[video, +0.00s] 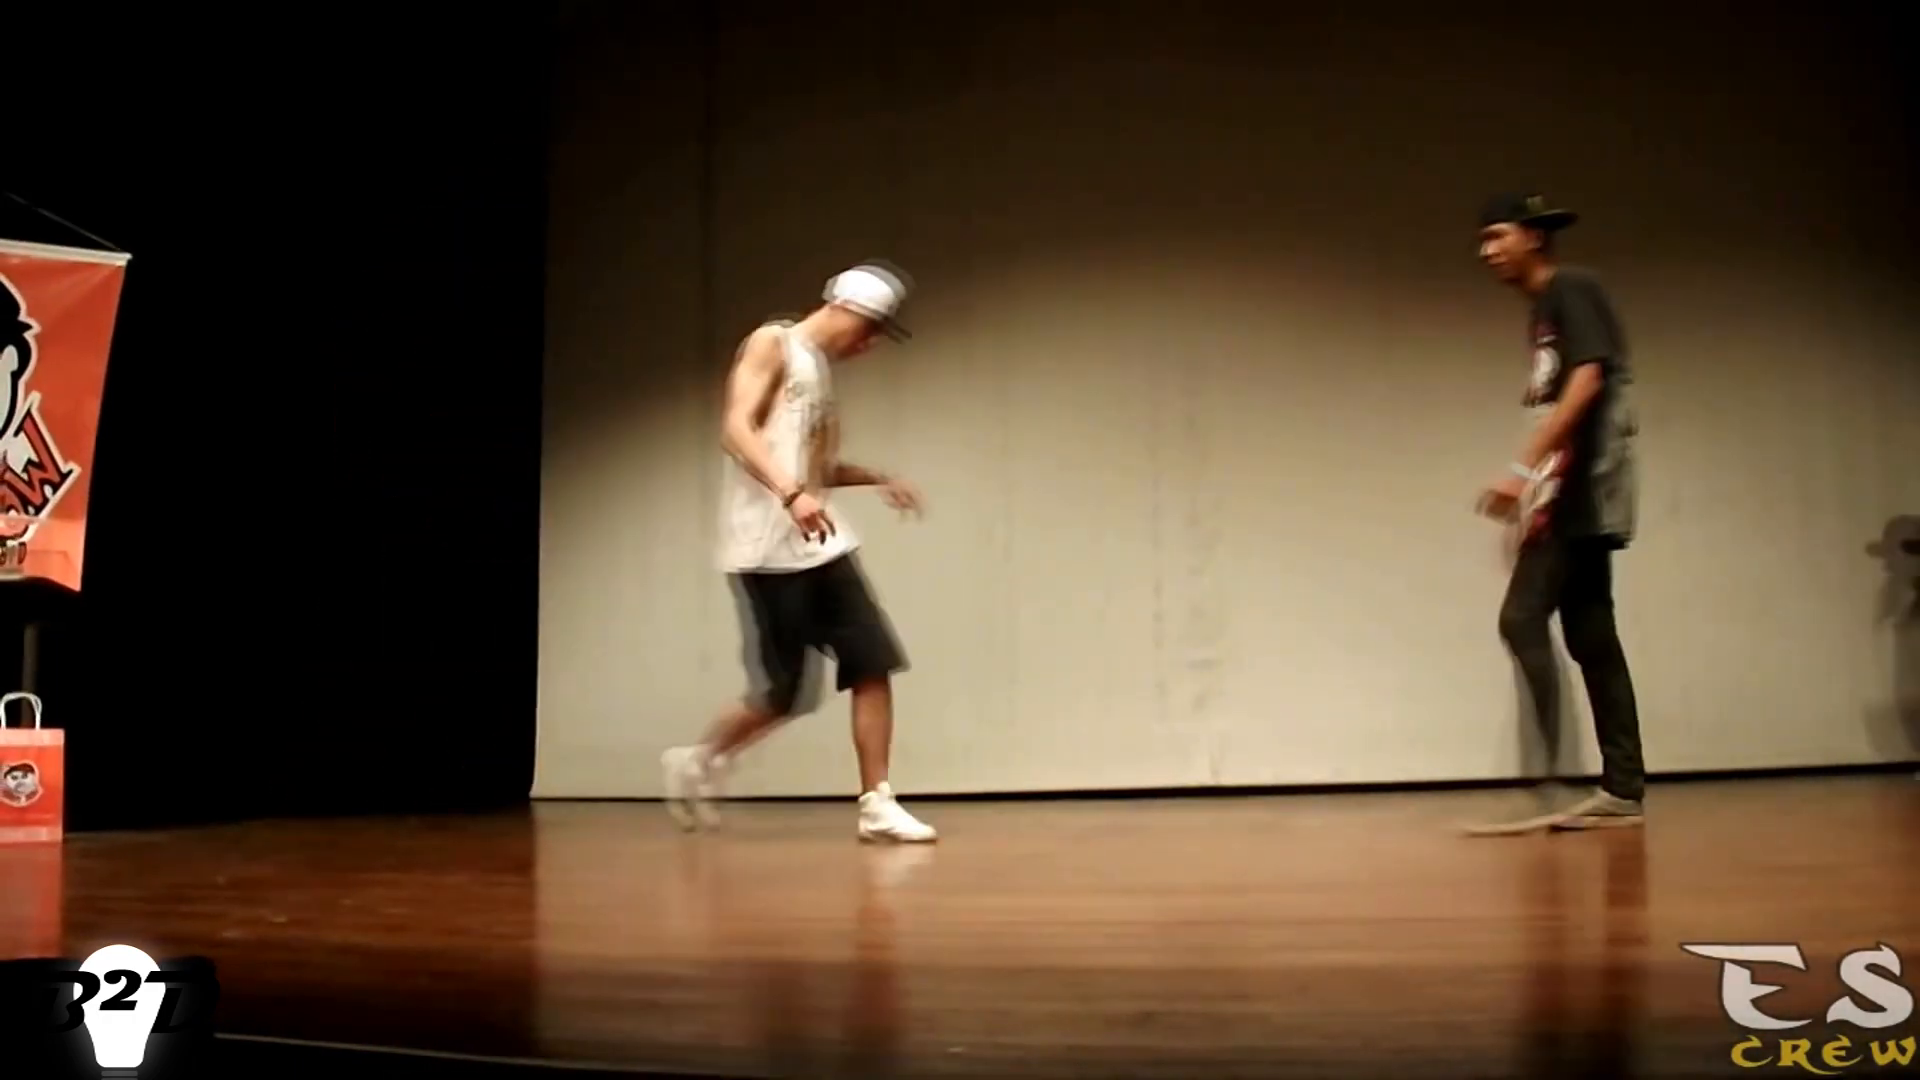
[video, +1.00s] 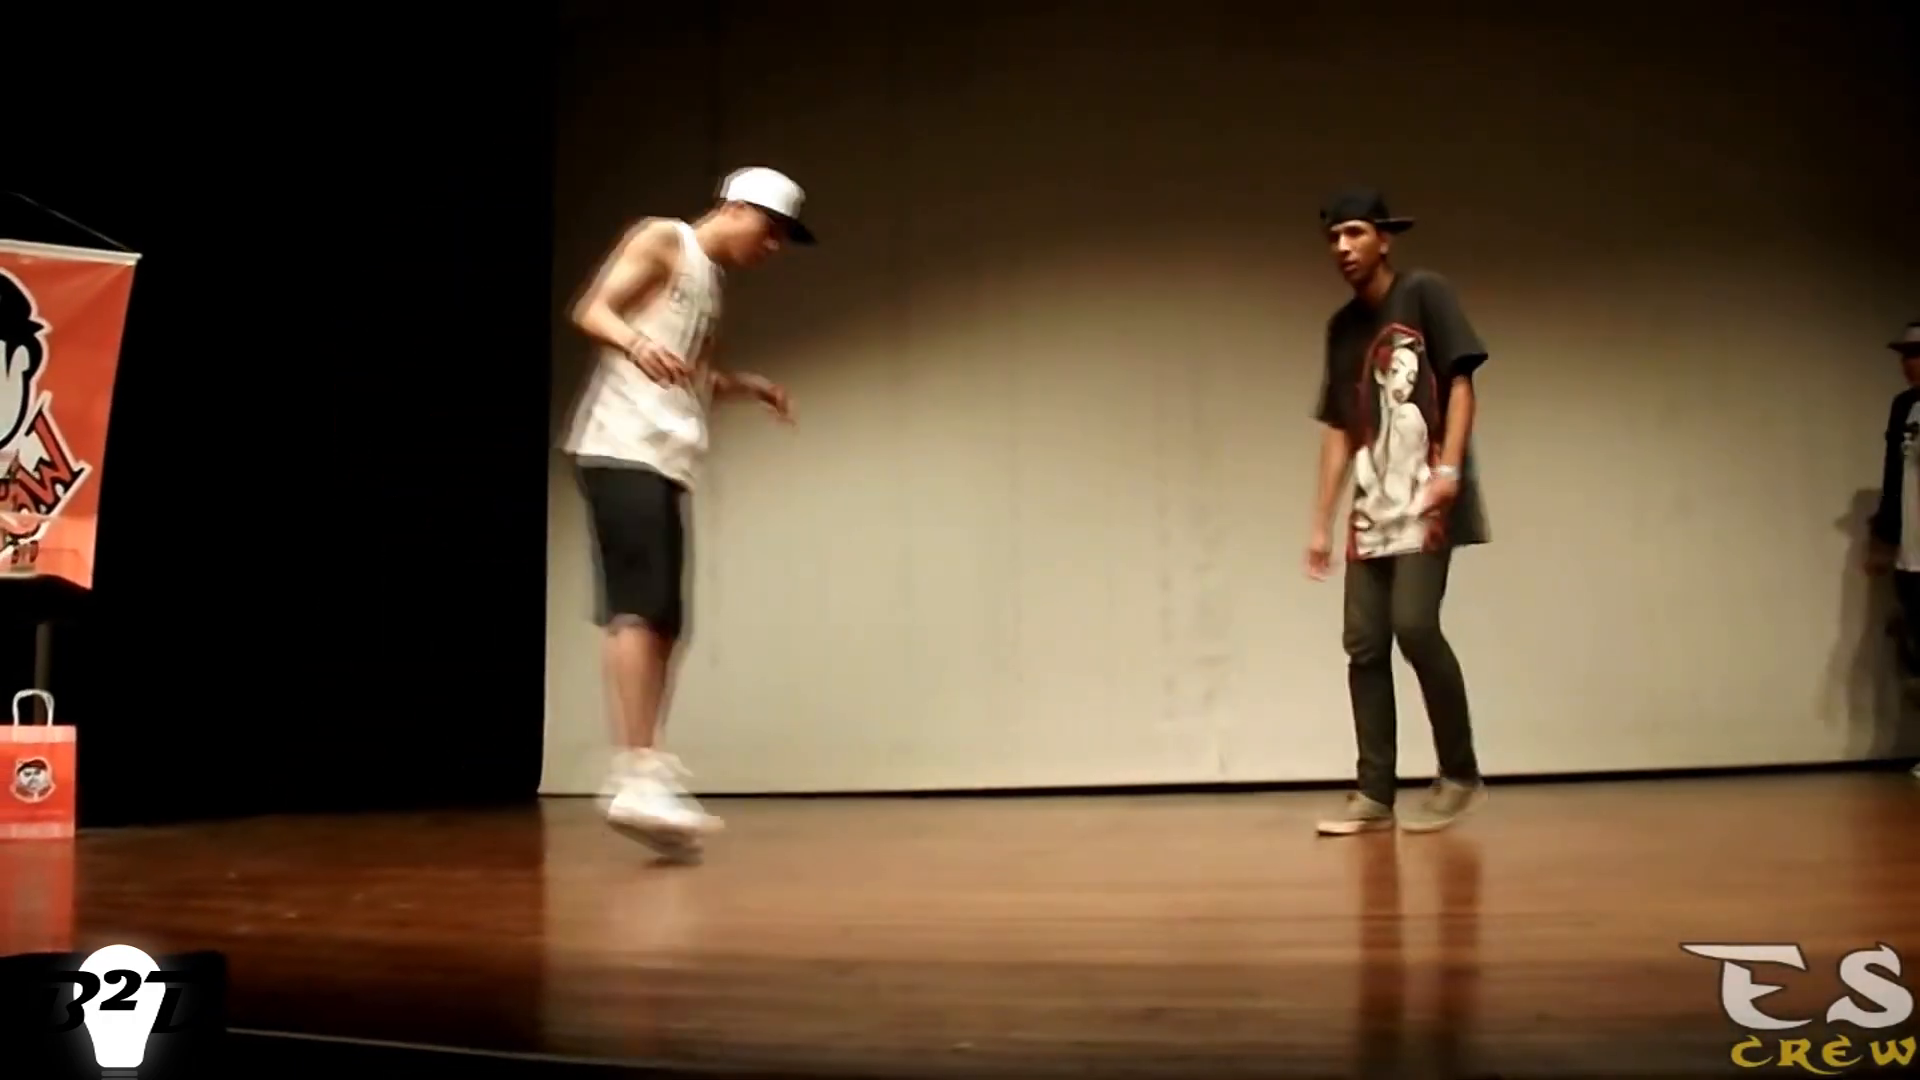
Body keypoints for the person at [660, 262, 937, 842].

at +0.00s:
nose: (869, 345)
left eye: (877, 336)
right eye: (869, 330)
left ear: (853, 318)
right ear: (844, 310)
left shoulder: (818, 369)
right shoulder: (770, 343)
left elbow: (817, 469)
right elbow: (736, 429)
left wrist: (879, 480)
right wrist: (792, 494)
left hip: (822, 546)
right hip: (767, 553)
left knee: (871, 664)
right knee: (784, 693)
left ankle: (876, 803)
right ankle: (698, 764)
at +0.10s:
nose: (892, 325)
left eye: (900, 315)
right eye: (893, 309)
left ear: (876, 296)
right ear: (867, 286)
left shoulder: (843, 358)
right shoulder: (793, 316)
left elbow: (844, 453)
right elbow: (745, 395)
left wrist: (907, 458)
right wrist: (787, 465)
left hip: (840, 523)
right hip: (784, 524)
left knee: (885, 656)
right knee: (838, 655)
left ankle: (880, 794)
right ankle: (774, 766)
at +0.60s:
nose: (875, 255)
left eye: (883, 245)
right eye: (872, 237)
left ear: (856, 233)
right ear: (835, 213)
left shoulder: (815, 291)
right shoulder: (767, 250)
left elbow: (809, 394)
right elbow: (711, 328)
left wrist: (873, 392)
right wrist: (778, 379)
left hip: (808, 478)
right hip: (758, 469)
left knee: (874, 622)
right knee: (805, 624)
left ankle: (870, 783)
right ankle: (830, 793)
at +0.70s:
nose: (845, 249)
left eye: (853, 239)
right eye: (843, 231)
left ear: (828, 232)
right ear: (808, 211)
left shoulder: (785, 289)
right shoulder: (738, 250)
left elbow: (774, 402)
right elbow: (677, 331)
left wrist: (853, 390)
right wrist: (739, 365)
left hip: (763, 477)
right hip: (722, 470)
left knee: (829, 631)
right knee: (777, 621)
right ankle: (728, 790)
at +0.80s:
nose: (807, 271)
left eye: (815, 261)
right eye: (804, 253)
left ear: (798, 258)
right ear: (768, 236)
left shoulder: (757, 321)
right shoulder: (704, 284)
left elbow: (752, 433)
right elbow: (648, 359)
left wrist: (827, 416)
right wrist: (702, 382)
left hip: (729, 509)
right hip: (688, 502)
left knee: (783, 673)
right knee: (729, 648)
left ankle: (663, 787)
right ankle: (666, 813)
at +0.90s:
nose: (789, 267)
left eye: (797, 256)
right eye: (784, 249)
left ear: (768, 246)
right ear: (749, 230)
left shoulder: (723, 312)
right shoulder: (680, 270)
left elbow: (728, 419)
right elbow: (621, 341)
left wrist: (795, 421)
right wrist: (662, 372)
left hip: (690, 500)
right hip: (653, 494)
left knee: (713, 664)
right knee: (686, 652)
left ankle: (642, 797)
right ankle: (671, 810)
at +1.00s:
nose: (771, 250)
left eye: (780, 241)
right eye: (771, 233)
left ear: (753, 225)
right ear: (738, 207)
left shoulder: (705, 280)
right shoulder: (661, 239)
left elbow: (684, 374)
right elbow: (591, 309)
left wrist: (748, 387)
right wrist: (638, 345)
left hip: (662, 460)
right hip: (623, 451)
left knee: (663, 620)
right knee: (640, 612)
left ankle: (647, 772)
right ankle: (633, 775)